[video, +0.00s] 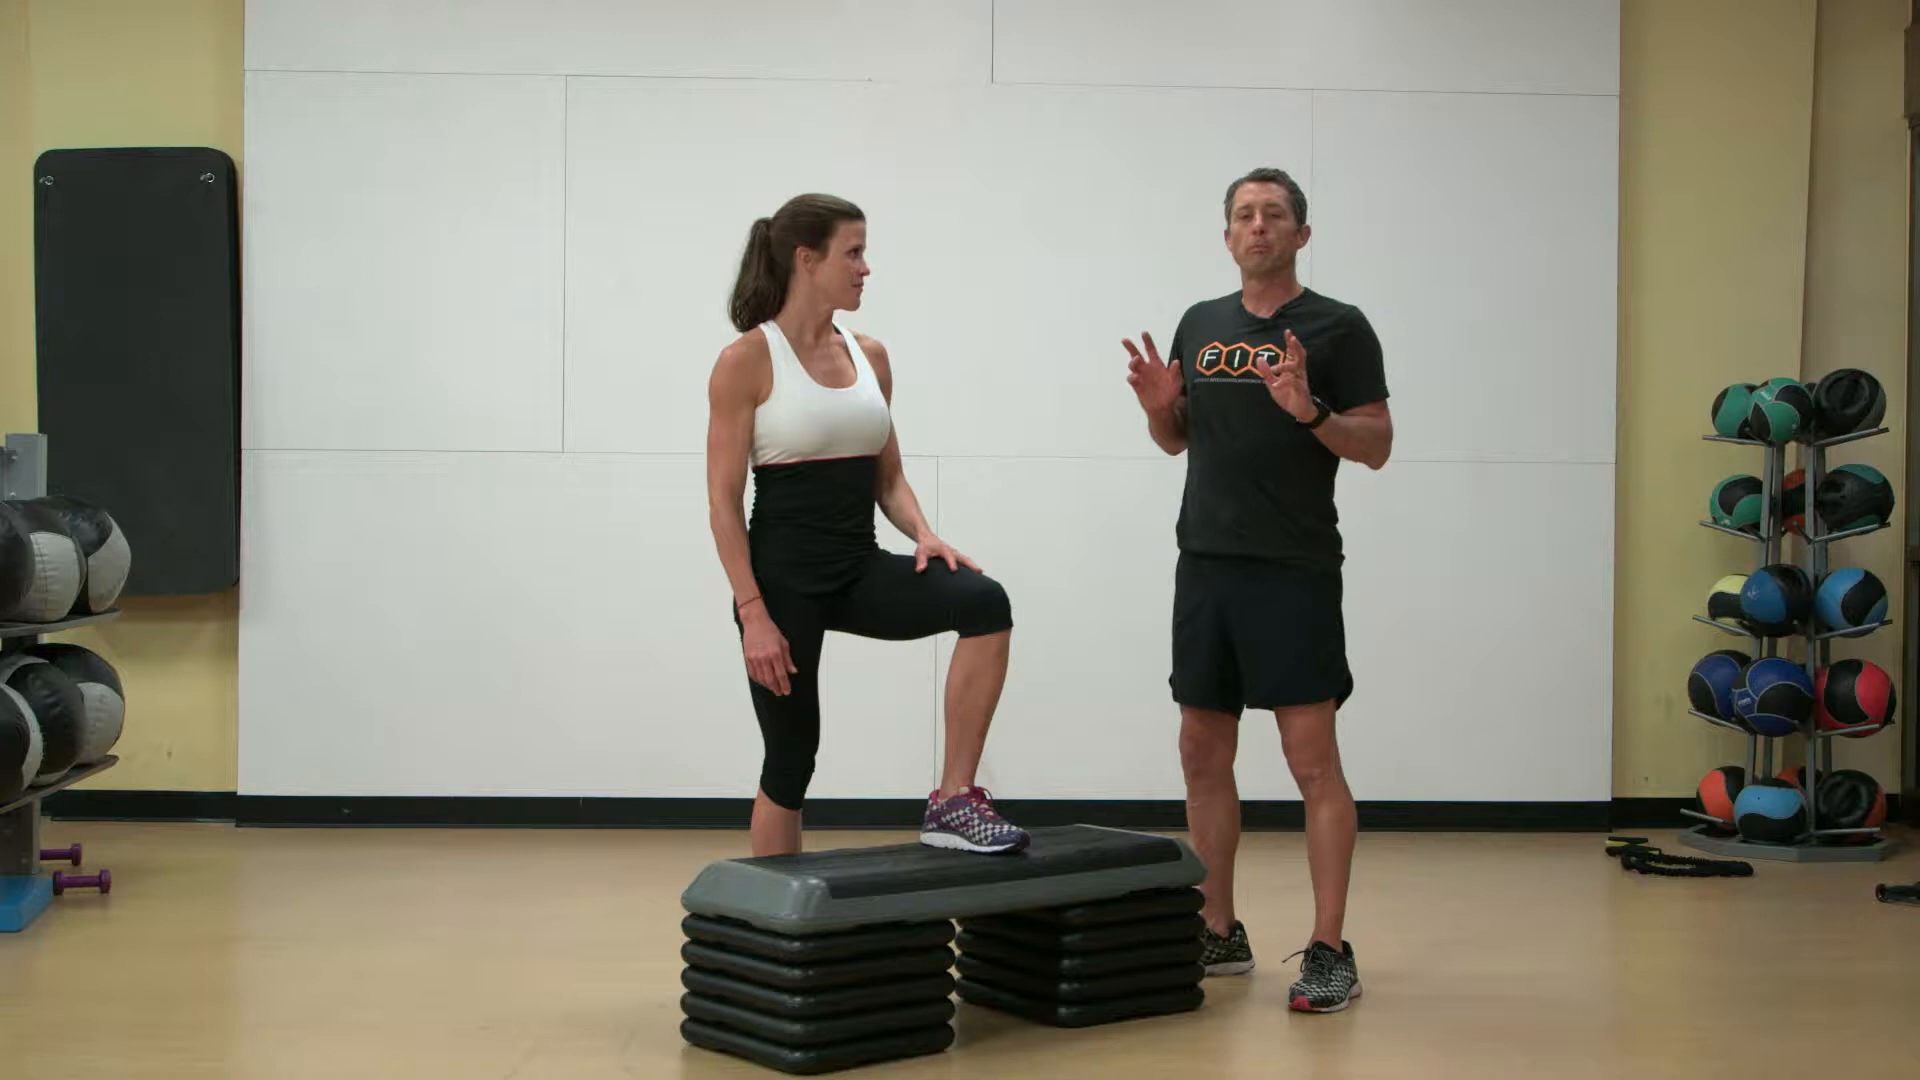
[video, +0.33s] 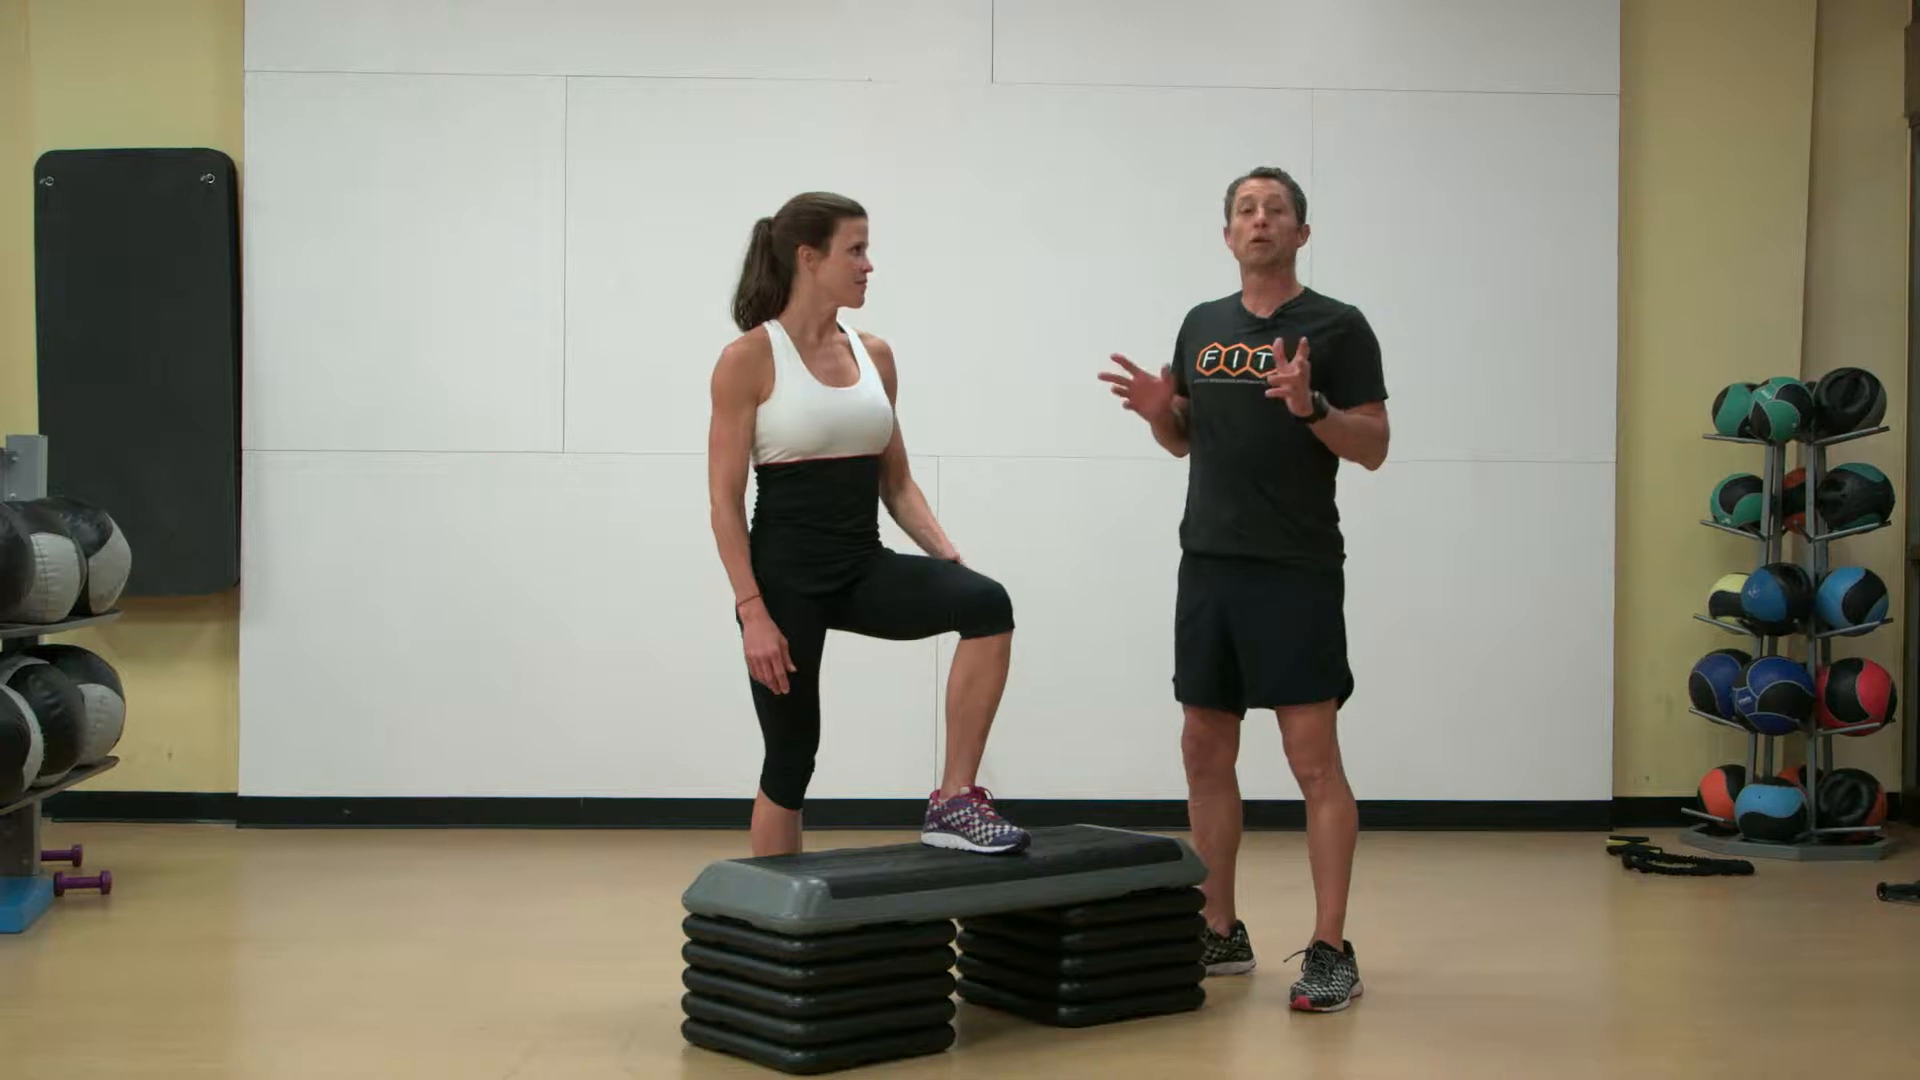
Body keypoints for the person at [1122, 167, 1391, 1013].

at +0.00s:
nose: (1257, 225)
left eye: (1272, 213)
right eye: (1244, 214)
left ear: (1301, 232)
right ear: (1227, 234)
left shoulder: (1337, 328)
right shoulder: (1198, 324)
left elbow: (1375, 444)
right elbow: (1176, 442)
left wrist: (1309, 412)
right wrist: (1160, 409)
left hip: (1296, 569)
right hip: (1207, 566)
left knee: (1312, 760)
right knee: (1202, 751)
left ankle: (1328, 946)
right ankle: (1218, 930)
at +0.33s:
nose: (1260, 220)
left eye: (1276, 209)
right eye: (1247, 210)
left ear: (1302, 232)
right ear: (1227, 235)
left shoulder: (1337, 328)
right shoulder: (1199, 327)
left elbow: (1373, 448)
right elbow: (1185, 442)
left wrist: (1312, 408)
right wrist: (1159, 412)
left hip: (1298, 569)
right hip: (1210, 565)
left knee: (1314, 759)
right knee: (1205, 749)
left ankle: (1330, 945)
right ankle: (1218, 930)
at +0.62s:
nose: (1263, 230)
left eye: (1278, 217)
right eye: (1249, 218)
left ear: (1303, 231)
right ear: (1227, 235)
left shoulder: (1337, 328)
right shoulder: (1199, 330)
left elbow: (1375, 446)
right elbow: (1189, 449)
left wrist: (1312, 404)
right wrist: (1161, 414)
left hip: (1298, 569)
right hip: (1210, 567)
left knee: (1314, 758)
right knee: (1205, 750)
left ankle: (1330, 945)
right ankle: (1219, 929)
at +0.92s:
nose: (1256, 230)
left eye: (1272, 217)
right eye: (1243, 218)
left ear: (1298, 231)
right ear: (1225, 232)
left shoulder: (1336, 326)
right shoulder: (1199, 328)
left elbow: (1373, 440)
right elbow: (1190, 445)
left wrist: (1308, 423)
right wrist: (1163, 421)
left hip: (1297, 569)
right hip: (1209, 565)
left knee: (1313, 757)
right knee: (1204, 748)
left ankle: (1330, 943)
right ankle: (1218, 927)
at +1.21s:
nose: (1211, 253)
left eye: (1223, 238)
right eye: (1205, 239)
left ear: (1274, 232)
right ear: (1210, 238)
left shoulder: (1335, 326)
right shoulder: (1200, 324)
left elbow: (1363, 447)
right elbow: (1178, 418)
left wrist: (1312, 524)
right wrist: (1164, 452)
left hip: (1295, 566)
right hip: (1207, 566)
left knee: (1314, 757)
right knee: (1204, 747)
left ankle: (1329, 944)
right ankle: (1218, 928)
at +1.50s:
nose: (1200, 264)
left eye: (1210, 250)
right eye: (1194, 251)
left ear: (1261, 239)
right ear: (1202, 251)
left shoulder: (1330, 327)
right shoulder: (1202, 324)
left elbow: (1366, 454)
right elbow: (1191, 403)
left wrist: (1362, 565)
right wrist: (1173, 439)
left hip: (1297, 570)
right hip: (1211, 569)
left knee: (1313, 756)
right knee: (1204, 748)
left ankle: (1329, 943)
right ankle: (1218, 927)